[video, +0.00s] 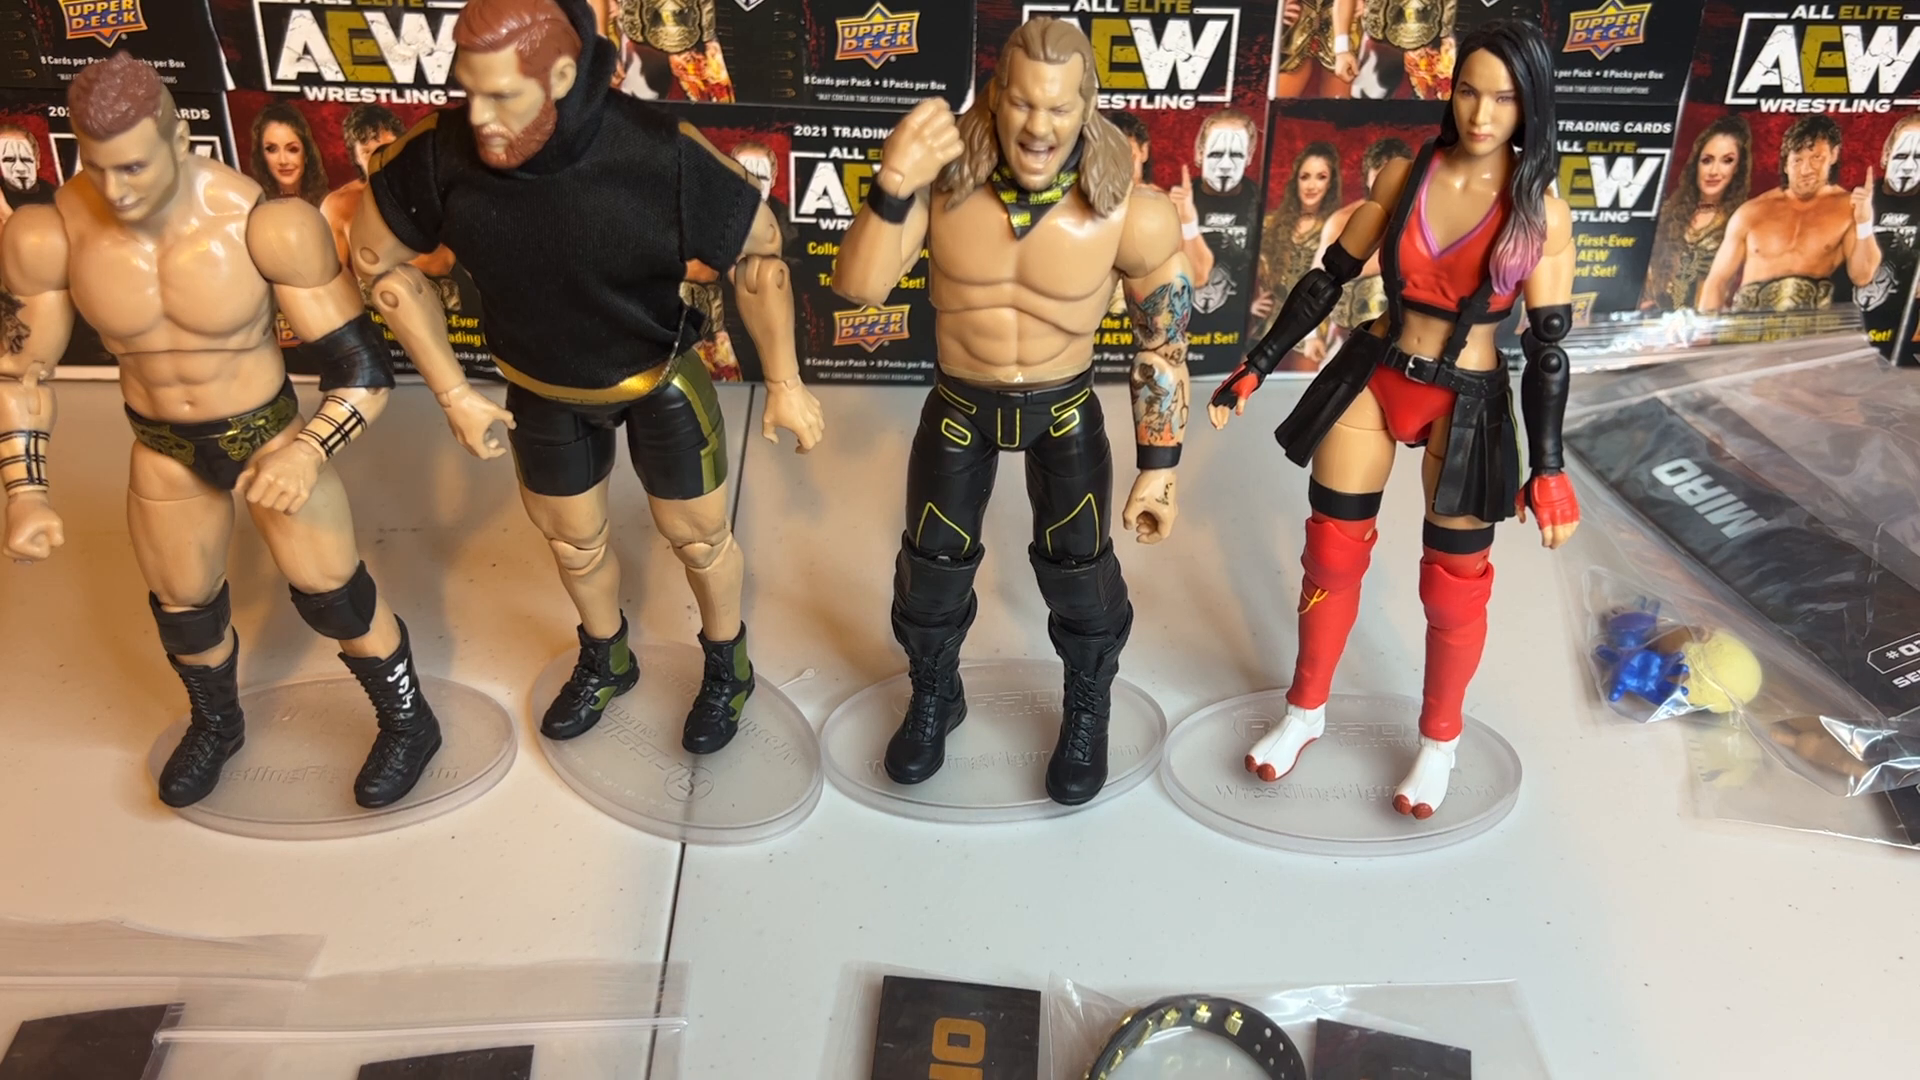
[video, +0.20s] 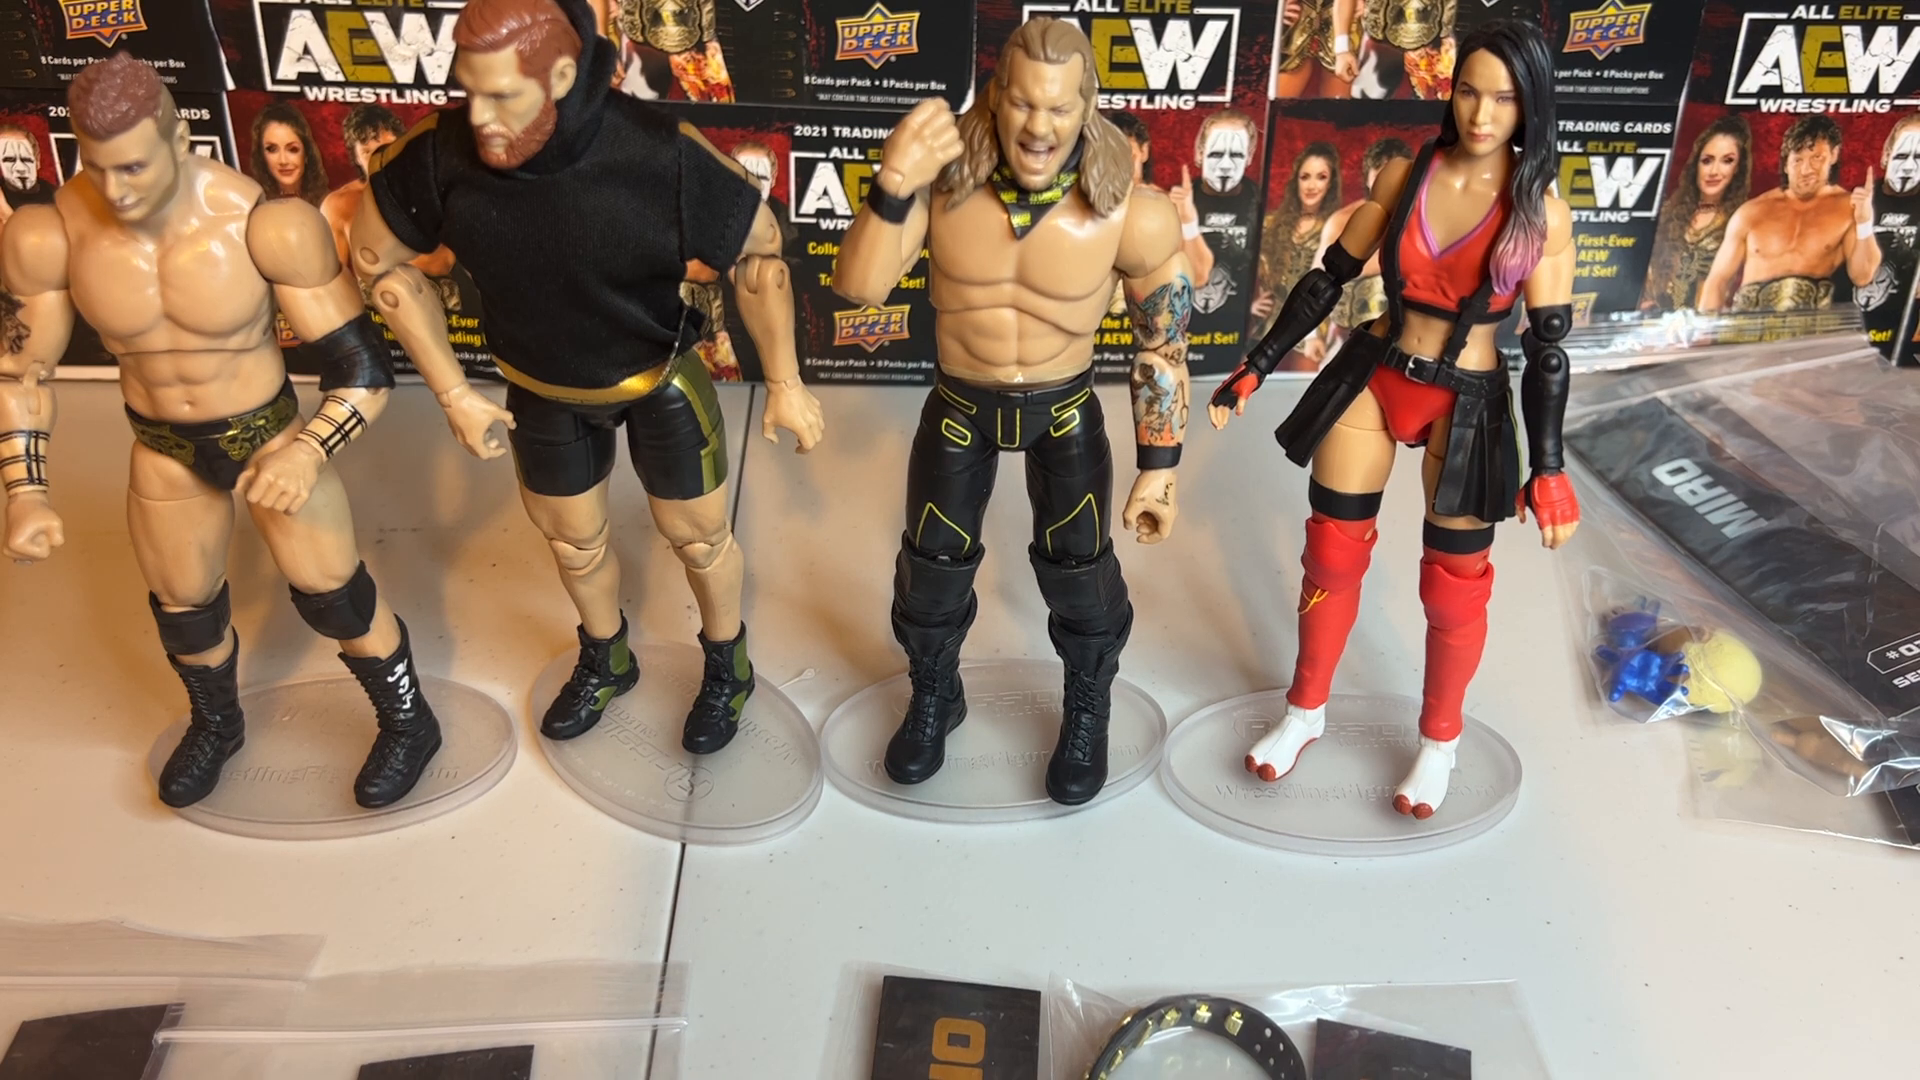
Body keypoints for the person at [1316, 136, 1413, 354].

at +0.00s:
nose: (1388, 180)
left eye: (1396, 173)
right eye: (1381, 170)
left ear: (1410, 176)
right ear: (1367, 174)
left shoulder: (1416, 216)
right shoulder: (1344, 220)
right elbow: (1320, 277)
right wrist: (1314, 333)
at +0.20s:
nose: (1388, 180)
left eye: (1396, 173)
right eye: (1381, 171)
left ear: (1410, 177)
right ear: (1368, 174)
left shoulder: (1416, 216)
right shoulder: (1344, 219)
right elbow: (1321, 276)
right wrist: (1314, 334)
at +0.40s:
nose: (1388, 180)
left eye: (1396, 173)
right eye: (1381, 171)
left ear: (1410, 177)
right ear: (1367, 175)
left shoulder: (1416, 217)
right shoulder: (1343, 220)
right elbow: (1321, 276)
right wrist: (1314, 334)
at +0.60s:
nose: (1389, 181)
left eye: (1397, 174)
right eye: (1382, 172)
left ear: (1410, 177)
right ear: (1368, 175)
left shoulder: (1417, 216)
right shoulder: (1343, 221)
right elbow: (1321, 277)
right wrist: (1314, 334)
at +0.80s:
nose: (1389, 182)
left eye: (1397, 174)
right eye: (1381, 173)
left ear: (1410, 177)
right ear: (1367, 176)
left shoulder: (1417, 216)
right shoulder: (1343, 221)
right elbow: (1321, 277)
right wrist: (1314, 334)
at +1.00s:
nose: (1388, 180)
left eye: (1396, 173)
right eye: (1381, 171)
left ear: (1410, 177)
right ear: (1368, 174)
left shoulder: (1416, 216)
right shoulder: (1343, 220)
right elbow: (1321, 276)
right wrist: (1314, 333)